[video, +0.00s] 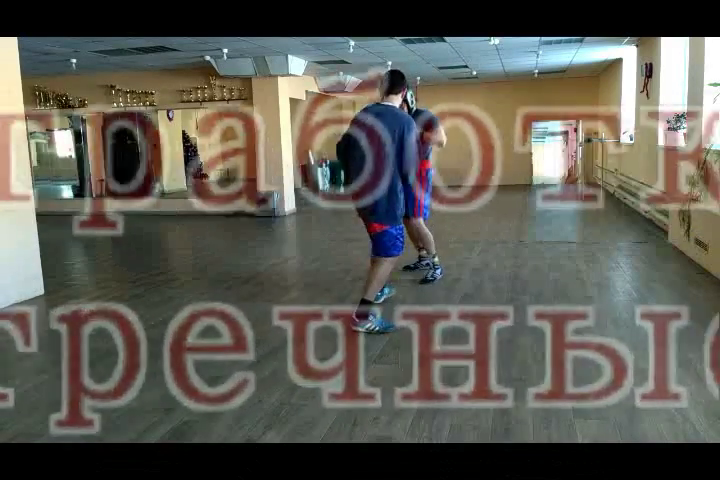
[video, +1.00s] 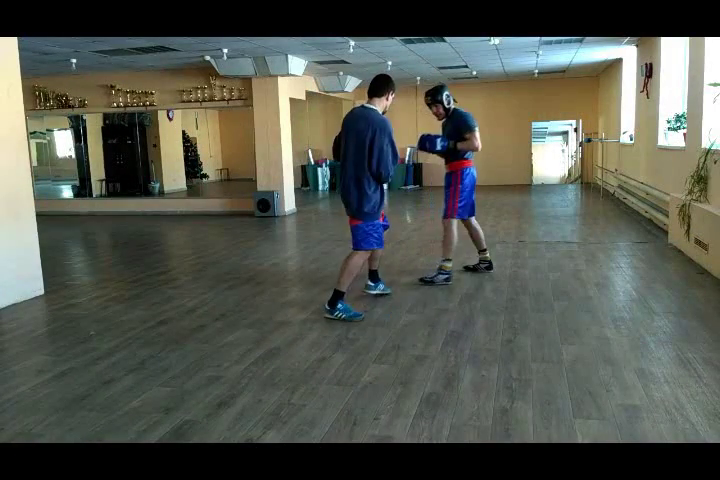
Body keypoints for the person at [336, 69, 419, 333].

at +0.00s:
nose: (403, 97)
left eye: (382, 86)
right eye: (405, 94)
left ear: (381, 89)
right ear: (403, 93)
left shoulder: (364, 114)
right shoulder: (405, 121)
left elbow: (345, 148)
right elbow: (407, 167)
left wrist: (354, 180)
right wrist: (411, 190)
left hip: (362, 191)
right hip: (388, 195)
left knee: (379, 245)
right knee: (389, 254)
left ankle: (376, 289)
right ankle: (364, 312)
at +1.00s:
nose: (391, 102)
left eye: (391, 98)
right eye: (392, 97)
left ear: (369, 92)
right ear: (388, 96)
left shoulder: (351, 116)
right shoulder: (380, 123)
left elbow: (338, 151)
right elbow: (384, 169)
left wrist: (358, 166)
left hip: (350, 188)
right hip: (369, 192)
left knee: (375, 233)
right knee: (363, 248)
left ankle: (374, 280)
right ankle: (335, 302)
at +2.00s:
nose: (376, 102)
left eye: (377, 98)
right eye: (377, 97)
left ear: (356, 93)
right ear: (371, 95)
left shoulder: (345, 116)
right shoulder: (360, 121)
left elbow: (348, 149)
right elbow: (368, 165)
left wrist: (370, 133)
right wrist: (380, 158)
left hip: (357, 190)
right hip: (356, 193)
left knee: (383, 223)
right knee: (354, 239)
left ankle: (386, 271)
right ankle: (325, 288)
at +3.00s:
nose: (368, 106)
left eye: (369, 101)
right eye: (367, 100)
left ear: (356, 100)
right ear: (357, 99)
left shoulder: (358, 122)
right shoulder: (341, 123)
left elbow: (368, 144)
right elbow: (341, 165)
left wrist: (386, 135)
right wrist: (370, 158)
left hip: (363, 187)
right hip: (344, 190)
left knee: (382, 220)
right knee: (336, 232)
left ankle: (389, 262)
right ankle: (316, 273)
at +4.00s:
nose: (387, 108)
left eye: (388, 104)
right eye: (385, 103)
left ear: (376, 102)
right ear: (373, 101)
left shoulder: (381, 123)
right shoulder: (357, 124)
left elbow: (389, 150)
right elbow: (353, 161)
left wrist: (402, 131)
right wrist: (382, 159)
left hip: (383, 183)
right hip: (361, 186)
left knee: (398, 220)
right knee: (350, 225)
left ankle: (406, 260)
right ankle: (333, 261)